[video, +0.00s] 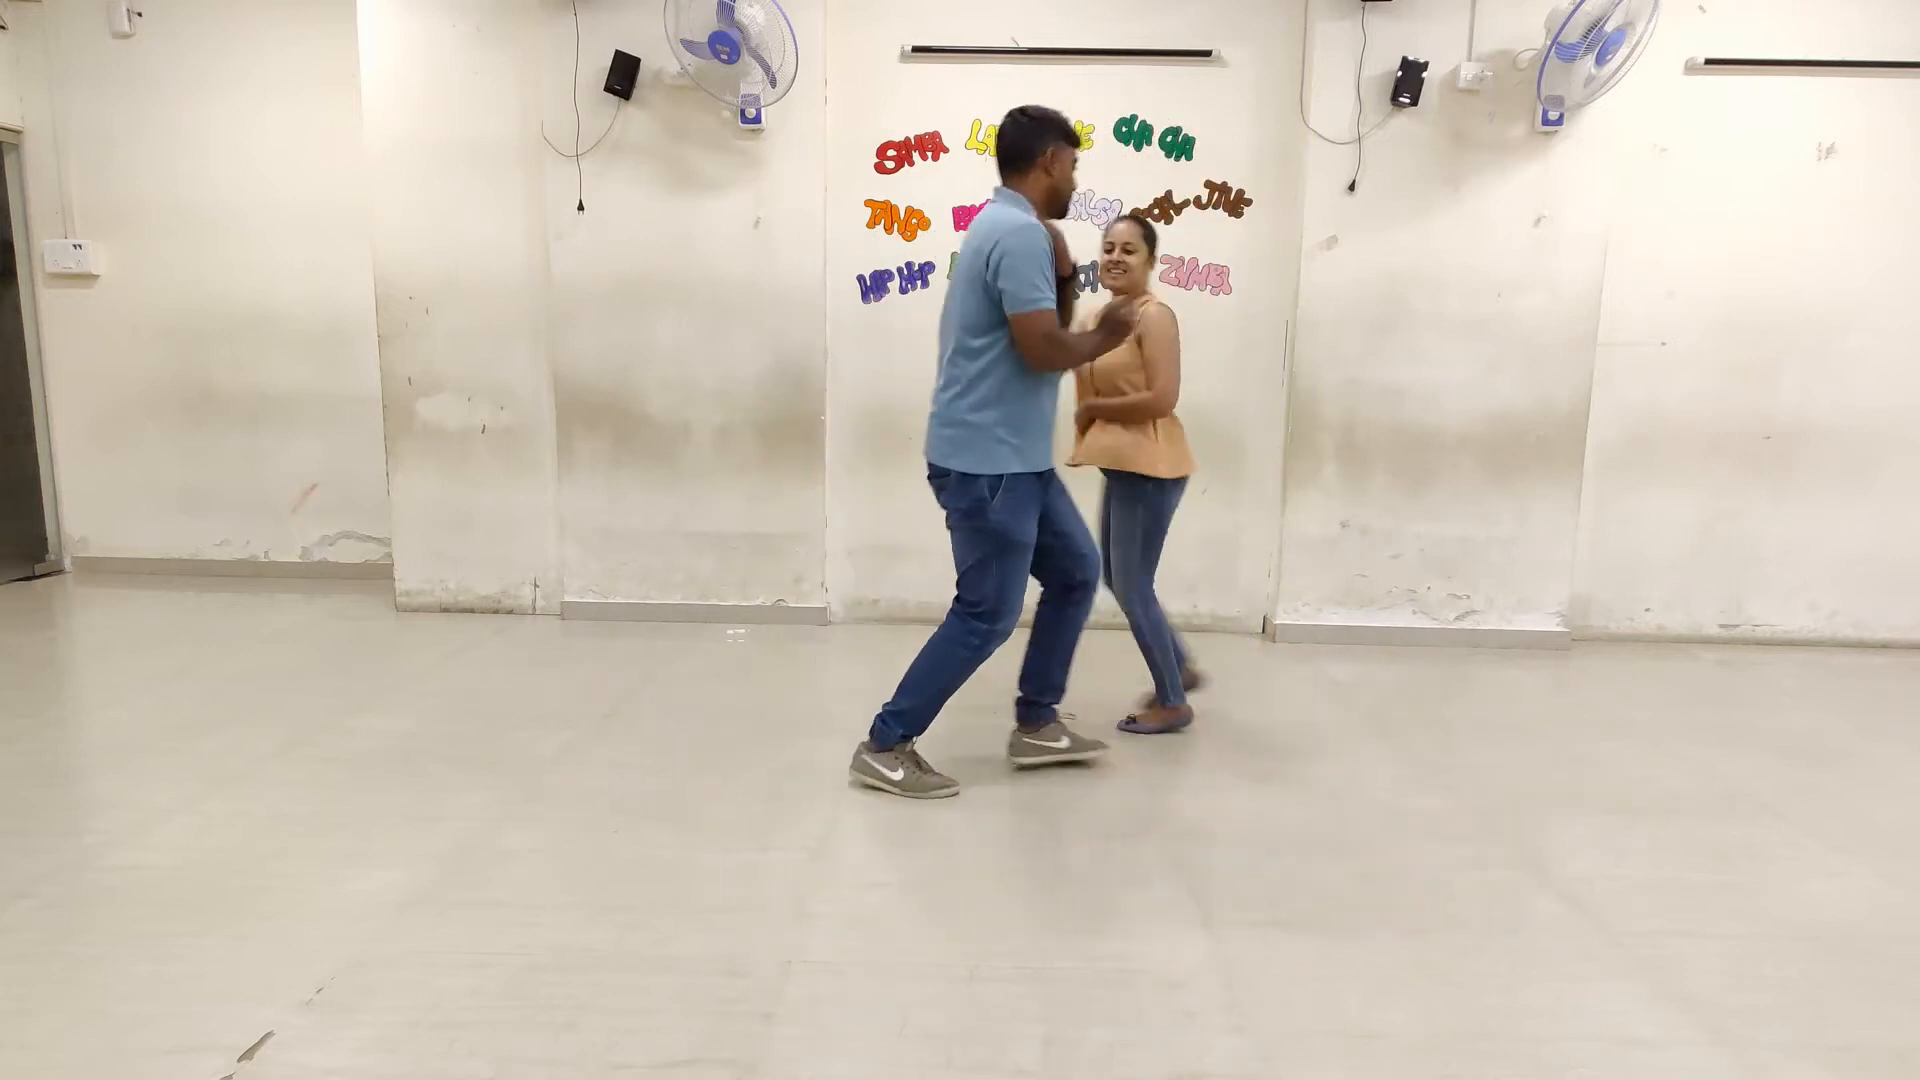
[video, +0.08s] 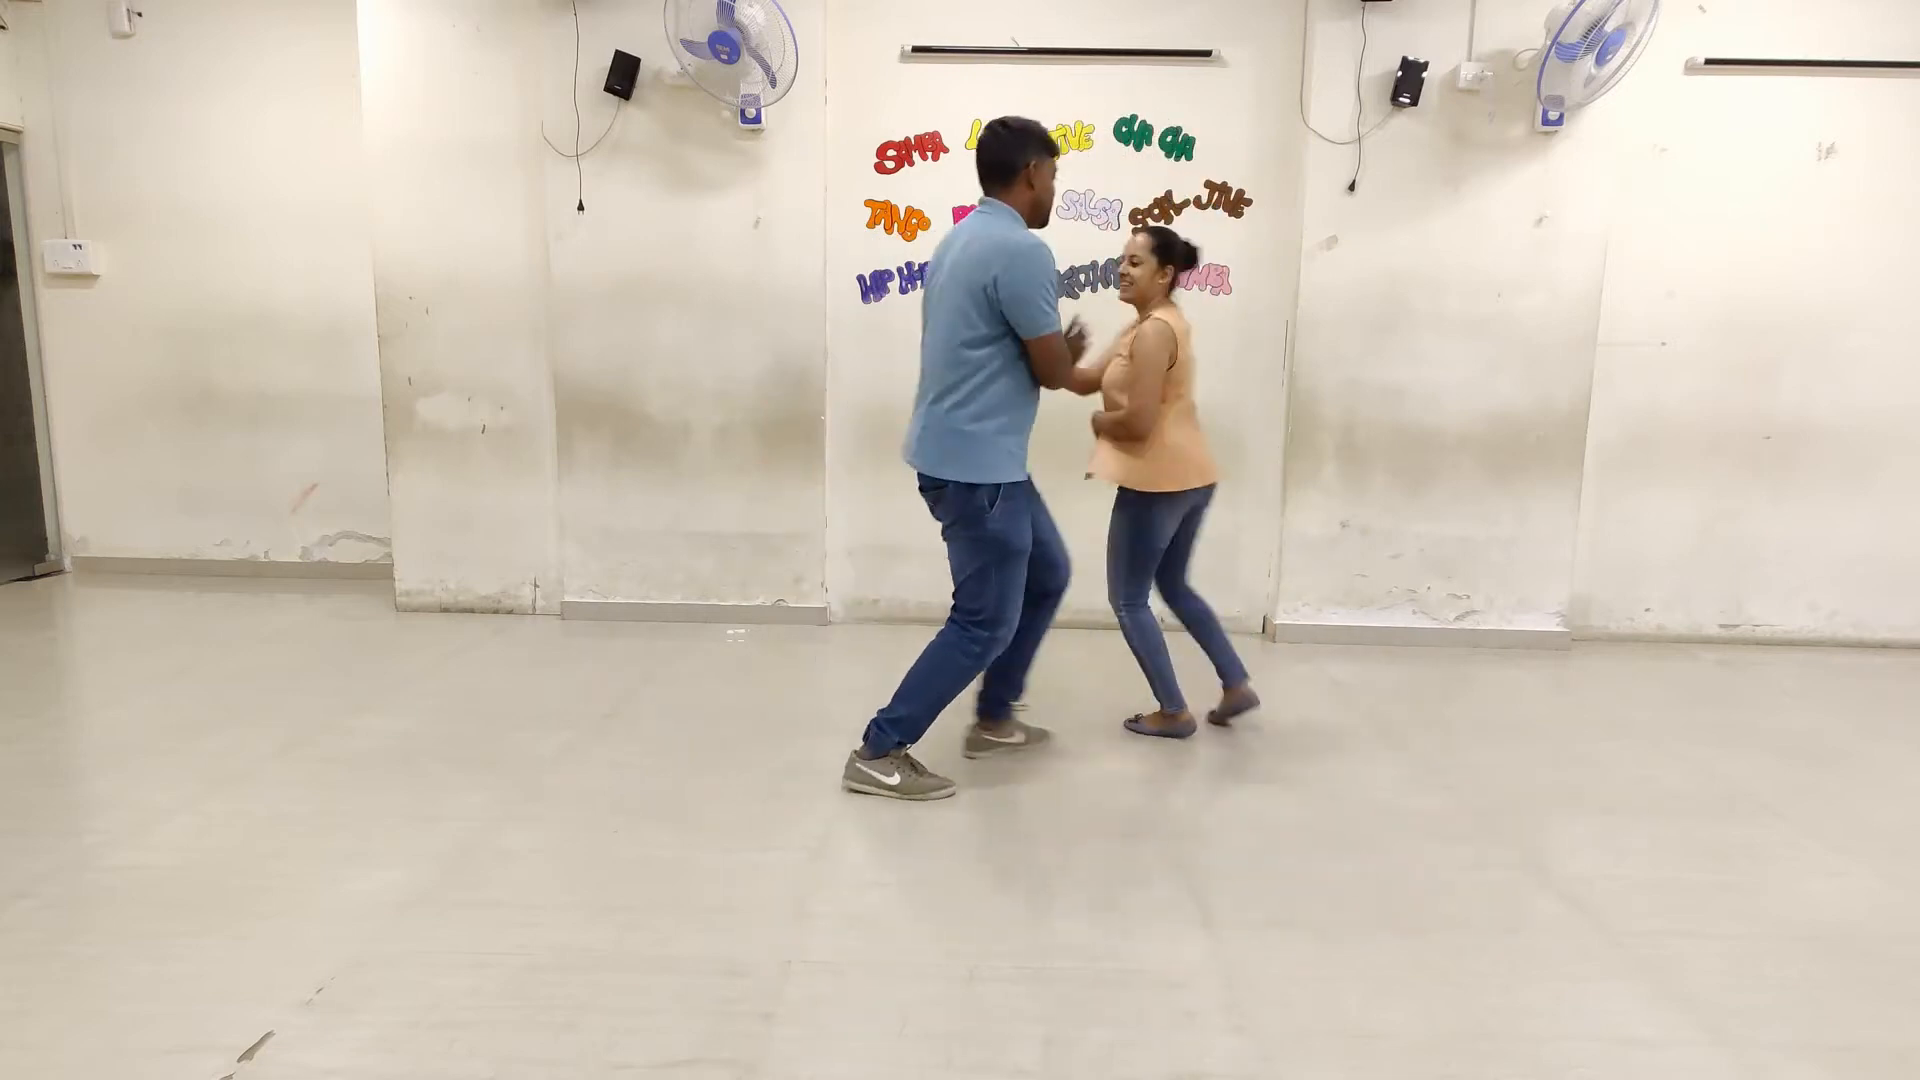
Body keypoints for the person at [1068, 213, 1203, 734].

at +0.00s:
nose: (1115, 257)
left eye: (1127, 250)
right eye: (1108, 249)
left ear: (1150, 262)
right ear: (1099, 258)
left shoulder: (1155, 315)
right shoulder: (1100, 313)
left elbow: (1164, 399)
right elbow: (1075, 365)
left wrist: (1095, 408)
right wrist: (1066, 291)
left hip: (1153, 467)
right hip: (1122, 464)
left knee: (1134, 583)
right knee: (1116, 575)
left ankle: (1172, 702)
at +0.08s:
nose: (1122, 270)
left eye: (1133, 262)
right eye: (1123, 261)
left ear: (1165, 273)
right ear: (1159, 274)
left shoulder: (1151, 331)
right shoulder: (1169, 322)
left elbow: (1139, 422)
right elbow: (1088, 377)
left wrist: (1099, 422)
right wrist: (1040, 360)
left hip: (1154, 485)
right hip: (1193, 478)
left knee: (1128, 598)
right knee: (1174, 584)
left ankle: (1173, 711)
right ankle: (1237, 686)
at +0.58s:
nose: (1232, 263)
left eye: (1238, 254)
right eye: (1218, 256)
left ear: (1246, 260)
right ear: (1193, 268)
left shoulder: (1249, 318)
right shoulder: (1197, 320)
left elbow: (1253, 394)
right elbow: (1277, 328)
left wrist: (1286, 400)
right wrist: (1277, 249)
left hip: (1265, 468)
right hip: (1213, 473)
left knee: (1285, 587)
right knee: (1230, 590)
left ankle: (1291, 698)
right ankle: (1197, 698)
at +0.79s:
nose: (1227, 274)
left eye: (1239, 263)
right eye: (1219, 265)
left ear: (1264, 267)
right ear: (1211, 272)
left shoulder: (1300, 324)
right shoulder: (1202, 330)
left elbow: (1351, 389)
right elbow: (1181, 395)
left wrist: (1306, 411)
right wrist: (1162, 323)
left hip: (1290, 479)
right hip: (1221, 481)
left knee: (1289, 604)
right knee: (1222, 612)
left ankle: (1301, 723)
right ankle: (1234, 697)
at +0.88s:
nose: (1234, 297)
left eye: (1246, 287)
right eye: (1227, 287)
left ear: (1275, 288)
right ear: (1222, 290)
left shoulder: (1307, 345)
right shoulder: (1215, 353)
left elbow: (1349, 423)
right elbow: (1186, 423)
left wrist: (1273, 452)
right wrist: (1150, 387)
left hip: (1292, 505)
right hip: (1231, 506)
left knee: (1273, 616)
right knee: (1214, 612)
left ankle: (1303, 735)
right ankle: (1251, 705)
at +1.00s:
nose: (1238, 309)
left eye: (1249, 299)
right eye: (1233, 299)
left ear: (1281, 295)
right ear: (1231, 297)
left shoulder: (1303, 351)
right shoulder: (1237, 355)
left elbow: (1317, 437)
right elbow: (1190, 416)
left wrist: (1235, 454)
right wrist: (1135, 389)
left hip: (1300, 507)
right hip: (1250, 507)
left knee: (1260, 617)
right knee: (1212, 602)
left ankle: (1301, 736)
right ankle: (1254, 705)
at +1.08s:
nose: (1245, 304)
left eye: (1254, 294)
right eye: (1239, 294)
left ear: (1286, 287)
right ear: (1236, 289)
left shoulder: (1299, 339)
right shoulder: (1248, 343)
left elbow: (1283, 423)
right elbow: (1188, 384)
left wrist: (1227, 430)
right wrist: (1114, 382)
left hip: (1307, 492)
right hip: (1276, 494)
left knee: (1259, 611)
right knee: (1233, 587)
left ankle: (1304, 736)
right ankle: (1257, 705)